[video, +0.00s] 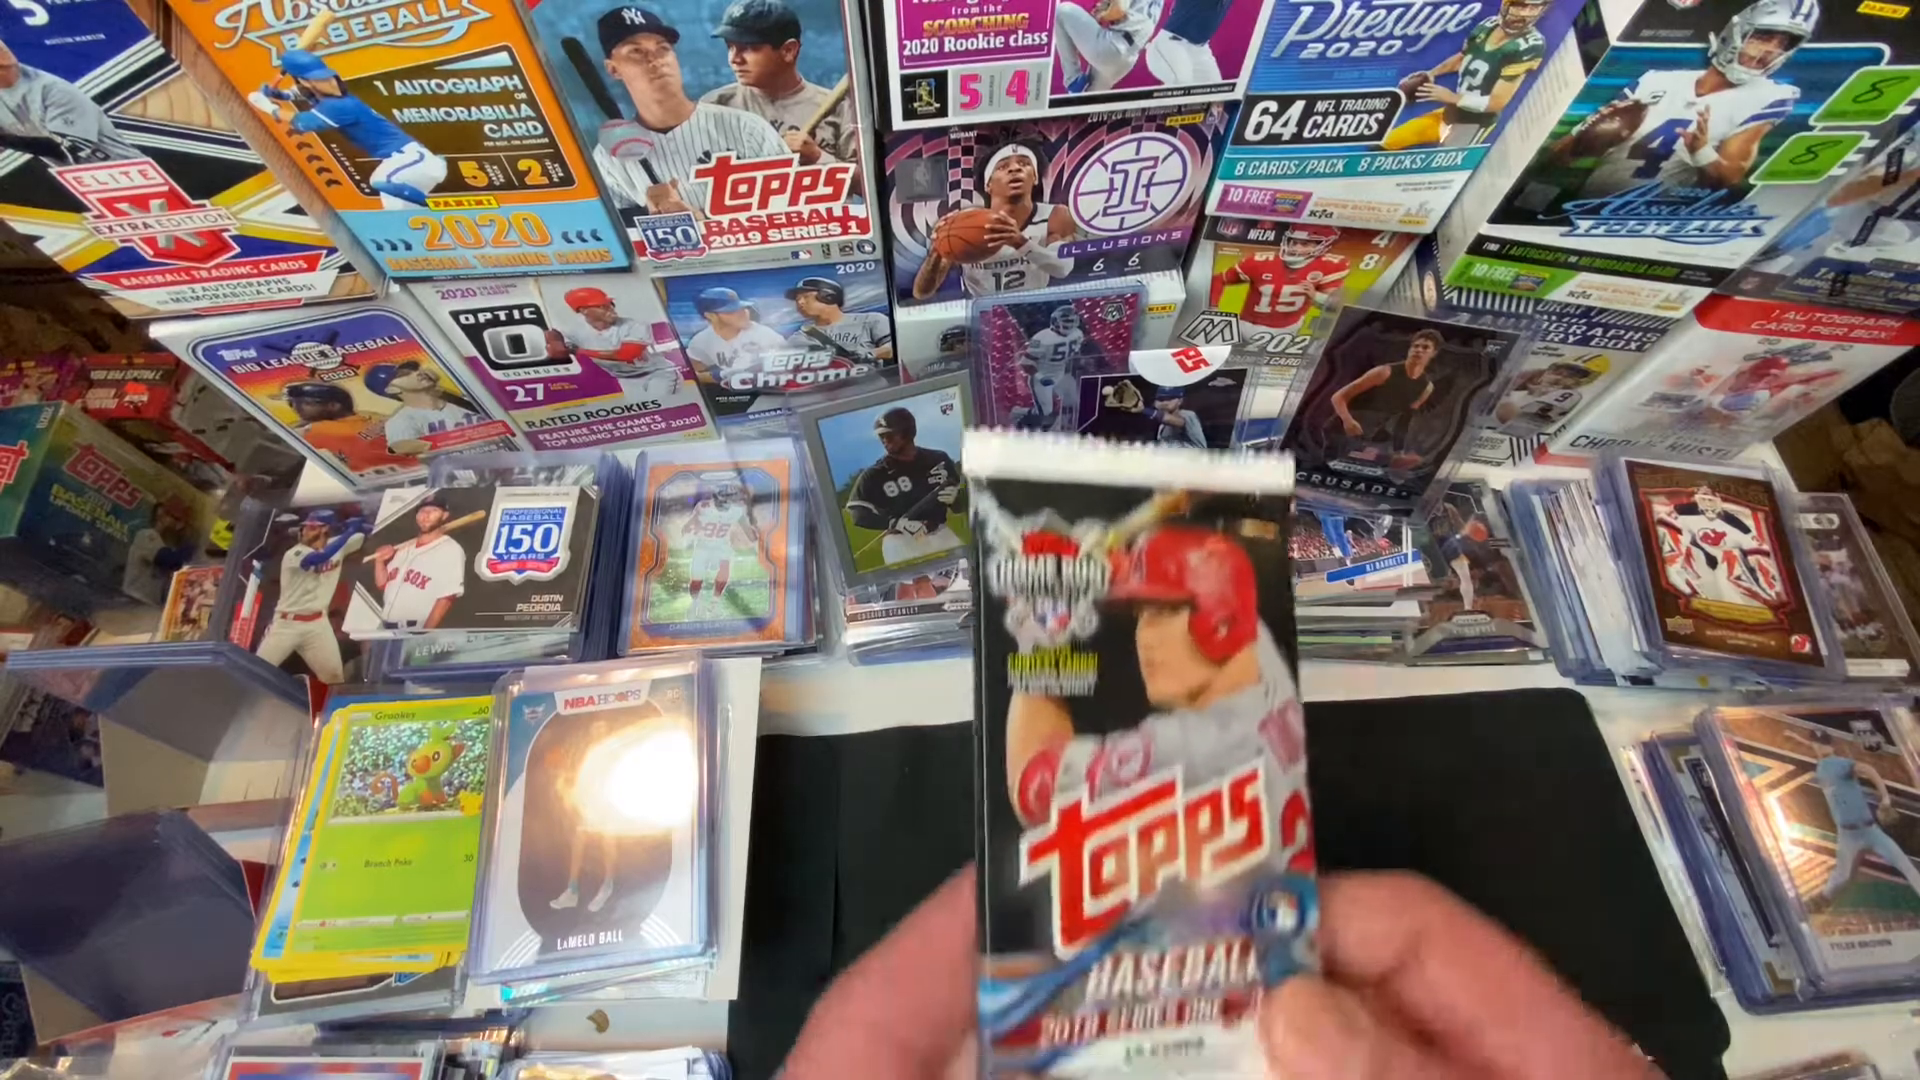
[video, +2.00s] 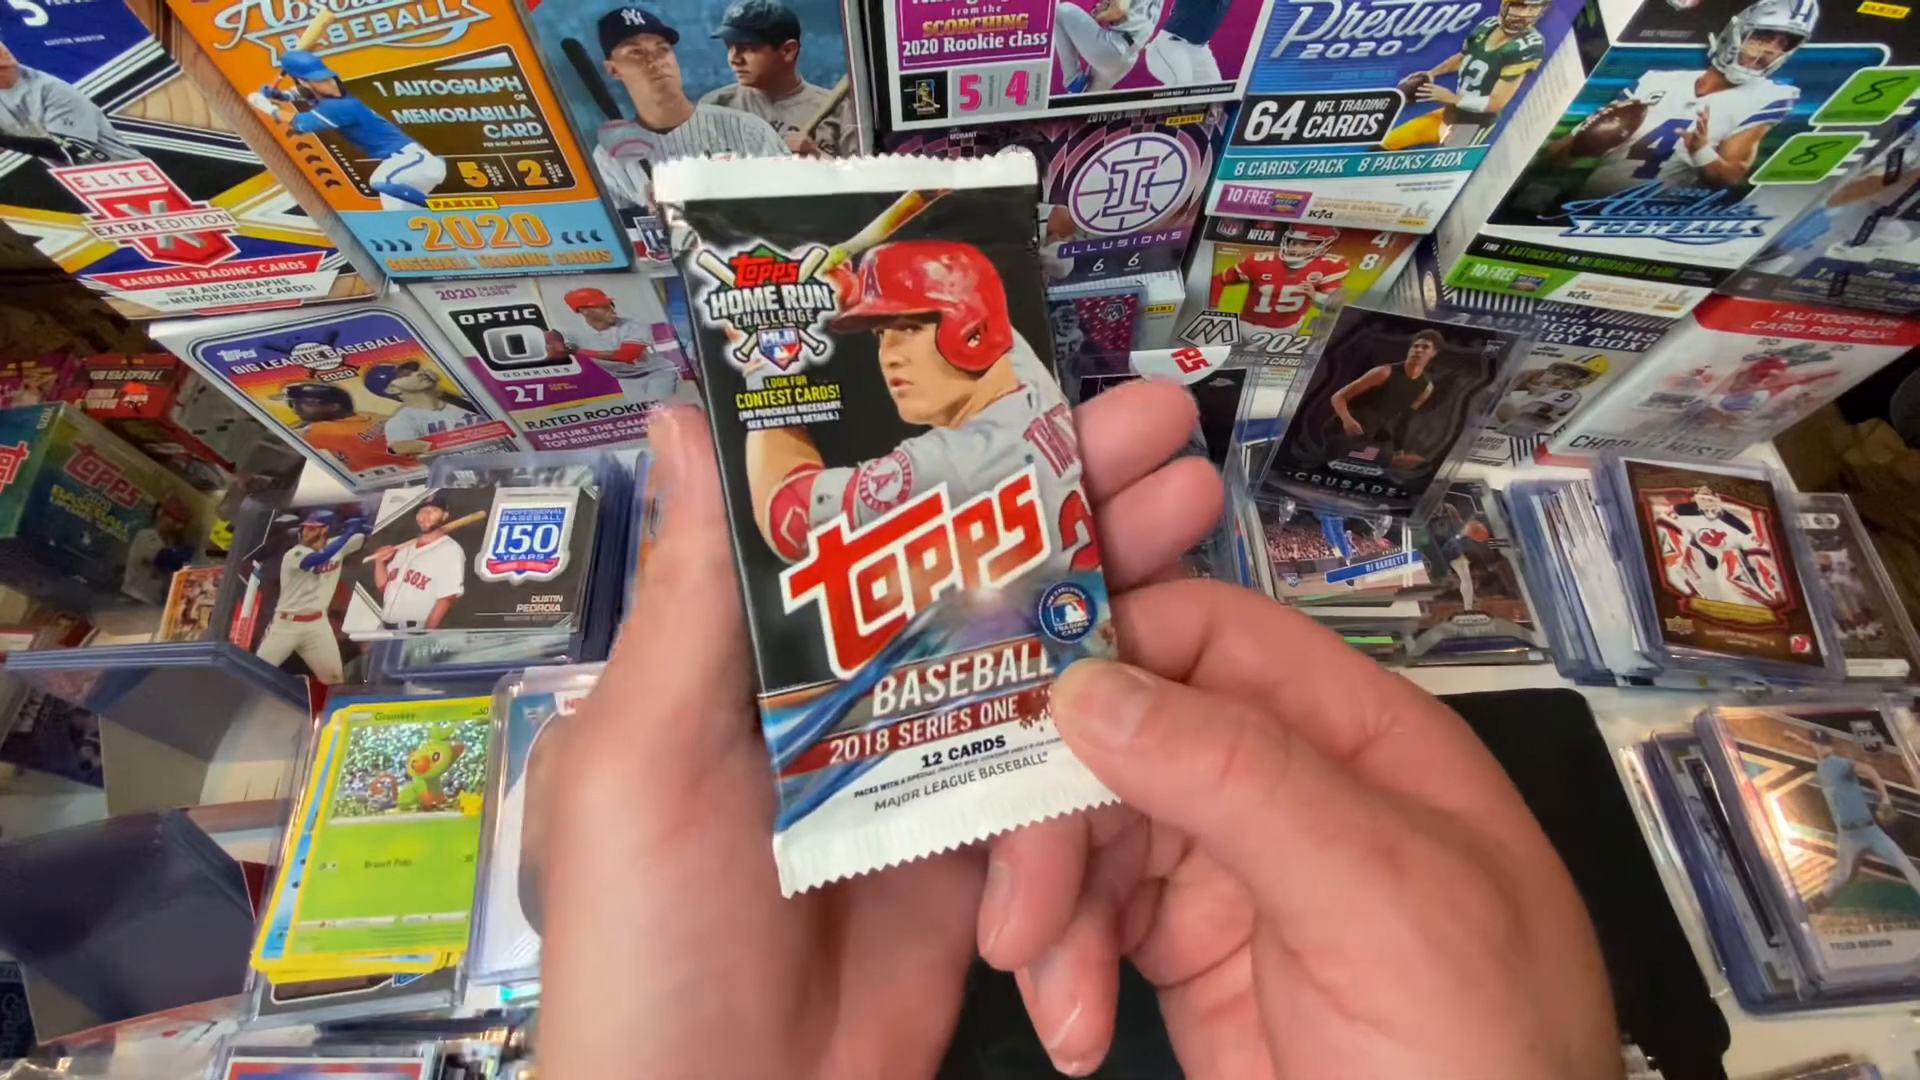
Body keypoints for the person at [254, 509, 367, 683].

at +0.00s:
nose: (303, 531)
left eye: (309, 527)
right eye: (304, 527)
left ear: (324, 530)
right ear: (303, 529)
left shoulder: (338, 549)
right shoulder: (294, 554)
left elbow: (365, 532)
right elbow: (319, 559)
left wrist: (355, 523)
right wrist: (347, 535)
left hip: (317, 625)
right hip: (285, 624)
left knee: (334, 678)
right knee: (258, 671)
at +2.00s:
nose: (304, 532)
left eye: (310, 528)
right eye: (304, 527)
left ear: (324, 531)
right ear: (302, 529)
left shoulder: (337, 548)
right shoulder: (293, 555)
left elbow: (367, 532)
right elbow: (318, 560)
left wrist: (358, 523)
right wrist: (347, 536)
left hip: (317, 625)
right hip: (284, 625)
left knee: (334, 681)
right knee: (258, 671)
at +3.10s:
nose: (303, 531)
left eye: (309, 528)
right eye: (303, 527)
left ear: (324, 531)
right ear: (303, 530)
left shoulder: (336, 549)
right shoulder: (294, 554)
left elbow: (365, 535)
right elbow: (318, 560)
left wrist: (358, 525)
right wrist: (346, 537)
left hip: (317, 625)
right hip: (285, 624)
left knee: (333, 677)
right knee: (258, 670)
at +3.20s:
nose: (303, 531)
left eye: (310, 528)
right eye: (304, 527)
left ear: (324, 531)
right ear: (303, 530)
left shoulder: (336, 549)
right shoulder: (294, 554)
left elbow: (364, 535)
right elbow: (318, 559)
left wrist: (358, 525)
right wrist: (346, 537)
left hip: (317, 625)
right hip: (285, 624)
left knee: (333, 677)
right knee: (258, 670)